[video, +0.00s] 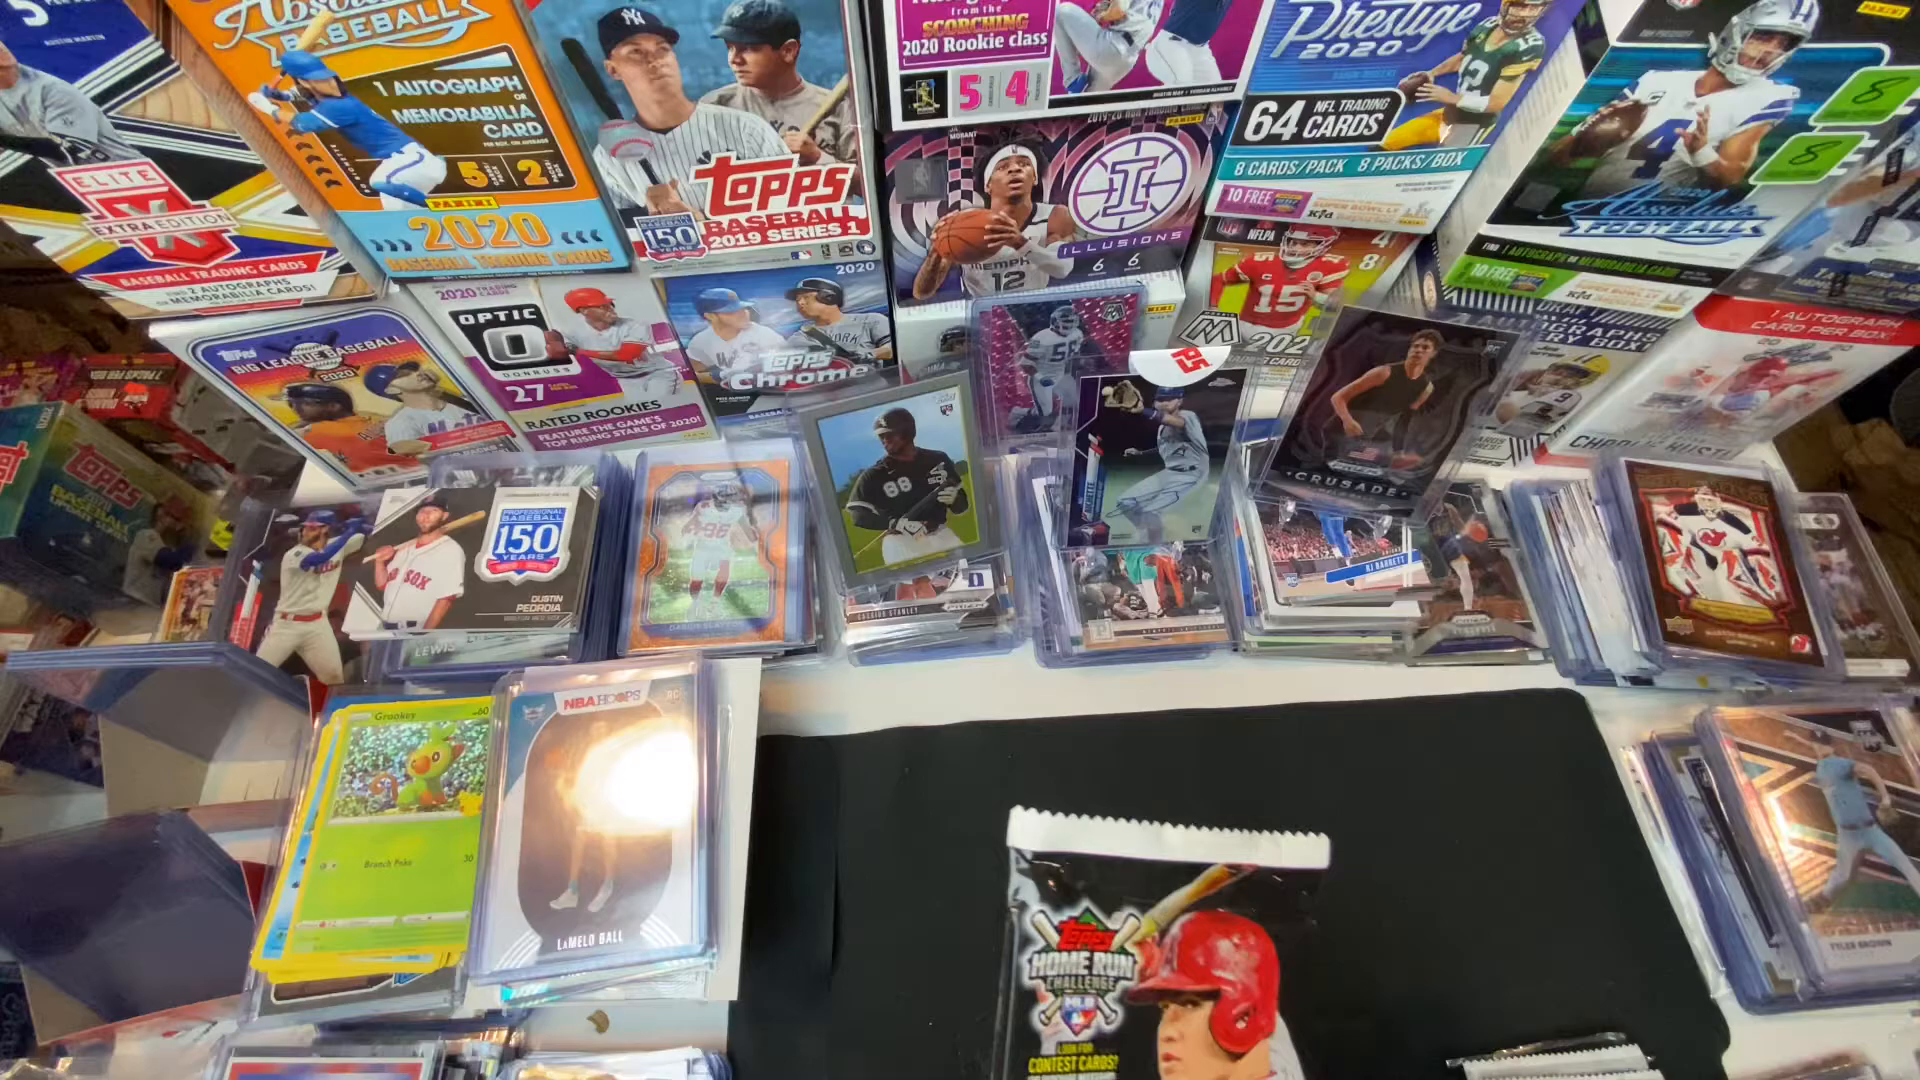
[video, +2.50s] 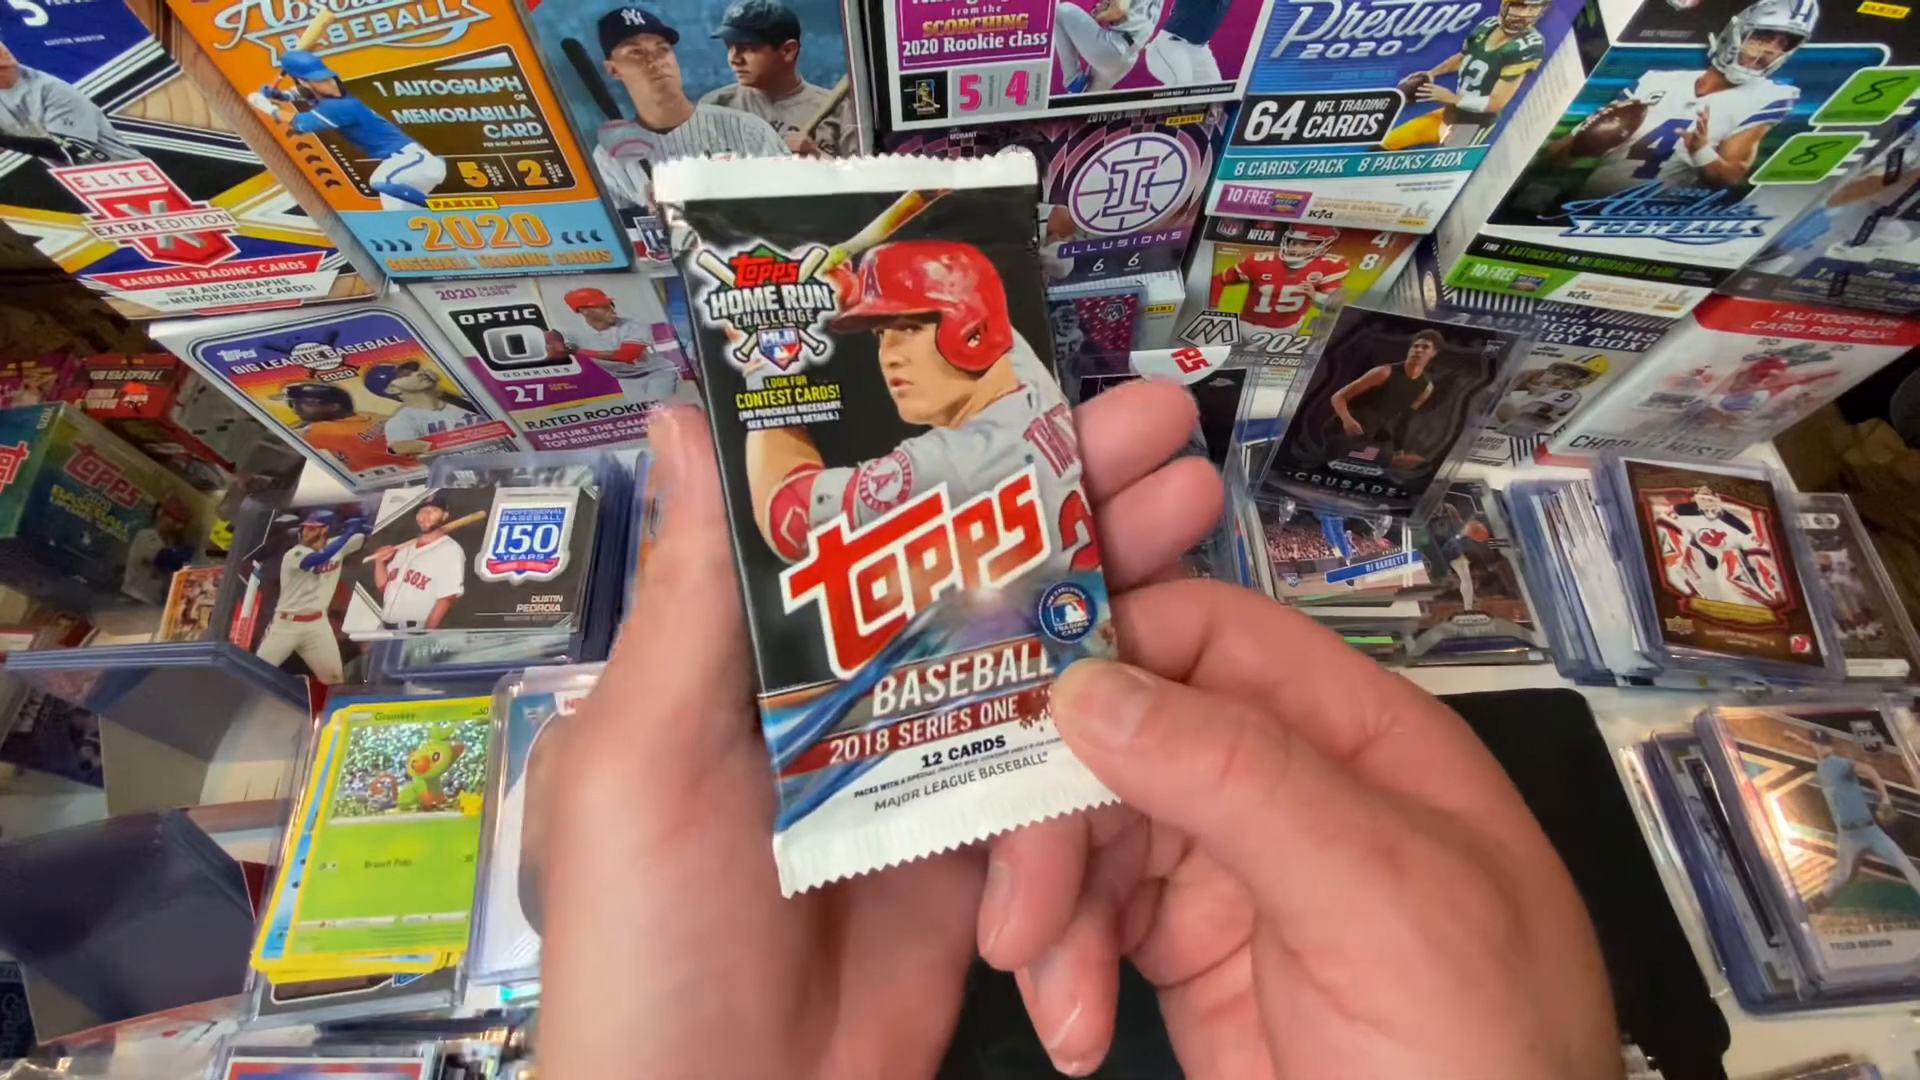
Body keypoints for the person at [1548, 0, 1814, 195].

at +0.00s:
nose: (1769, 51)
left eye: (1782, 46)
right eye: (1764, 37)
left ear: (1787, 57)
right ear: (1738, 34)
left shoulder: (1766, 99)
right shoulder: (1656, 82)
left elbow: (1733, 178)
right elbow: (1559, 156)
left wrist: (1701, 153)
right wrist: (1584, 136)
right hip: (1592, 207)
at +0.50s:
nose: (1769, 51)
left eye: (1782, 46)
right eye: (1764, 37)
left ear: (1787, 57)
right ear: (1737, 33)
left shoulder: (1765, 99)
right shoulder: (1656, 82)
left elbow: (1732, 178)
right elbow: (1556, 157)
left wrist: (1702, 153)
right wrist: (1583, 137)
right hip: (1593, 207)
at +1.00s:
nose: (1770, 52)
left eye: (1783, 46)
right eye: (1764, 37)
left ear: (1789, 56)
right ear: (1738, 32)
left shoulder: (1764, 100)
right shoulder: (1657, 83)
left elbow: (1735, 176)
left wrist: (1702, 154)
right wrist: (1583, 140)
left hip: (1660, 222)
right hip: (1593, 204)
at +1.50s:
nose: (1770, 51)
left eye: (1784, 45)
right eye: (1764, 37)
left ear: (1789, 56)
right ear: (1738, 33)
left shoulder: (1761, 101)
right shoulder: (1658, 83)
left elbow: (1735, 176)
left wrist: (1702, 154)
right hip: (1593, 207)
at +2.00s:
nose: (1770, 52)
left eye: (1783, 45)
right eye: (1764, 37)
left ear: (1789, 56)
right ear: (1737, 33)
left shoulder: (1762, 100)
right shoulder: (1657, 83)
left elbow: (1735, 177)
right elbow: (1561, 153)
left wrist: (1703, 154)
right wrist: (1585, 140)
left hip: (1658, 224)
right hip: (1591, 206)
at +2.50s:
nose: (1770, 51)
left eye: (1783, 45)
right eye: (1764, 37)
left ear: (1789, 56)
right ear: (1737, 33)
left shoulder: (1761, 102)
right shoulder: (1658, 83)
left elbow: (1735, 176)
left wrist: (1703, 154)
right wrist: (1579, 141)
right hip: (1591, 204)